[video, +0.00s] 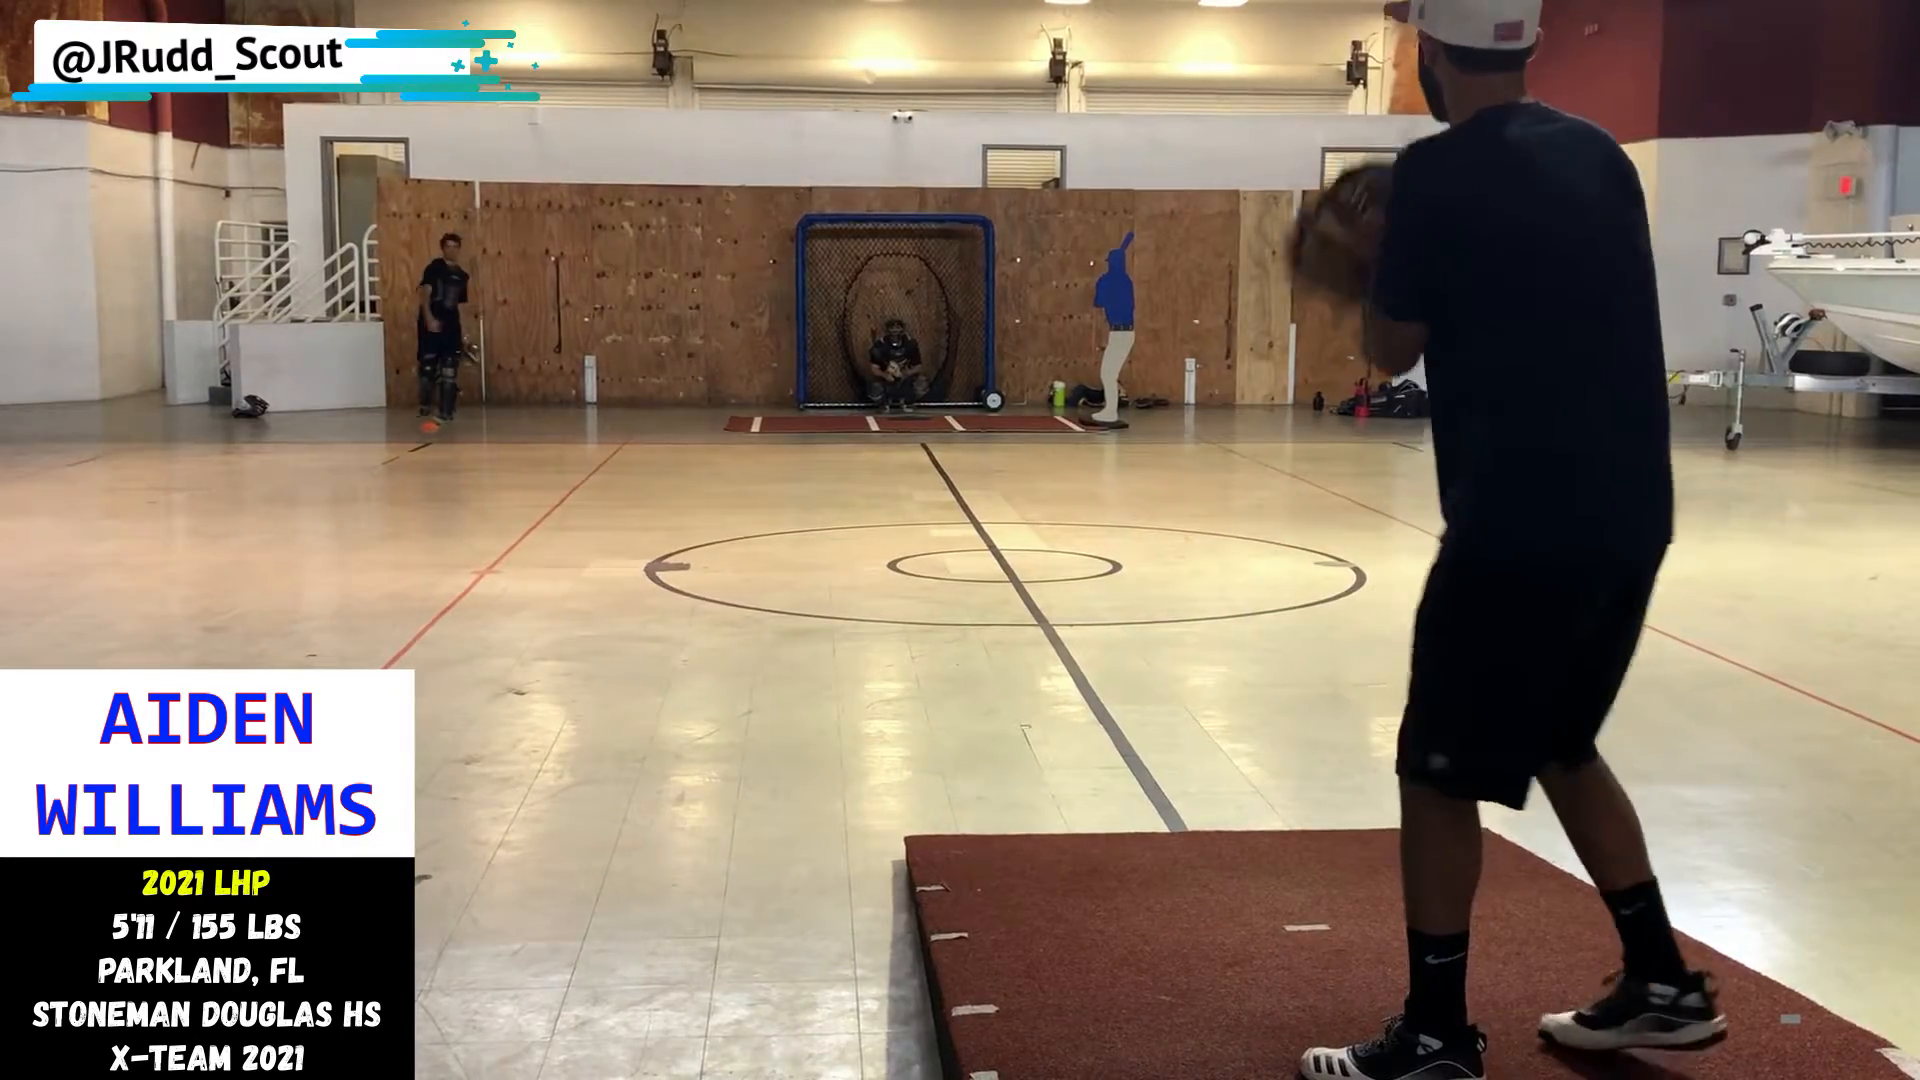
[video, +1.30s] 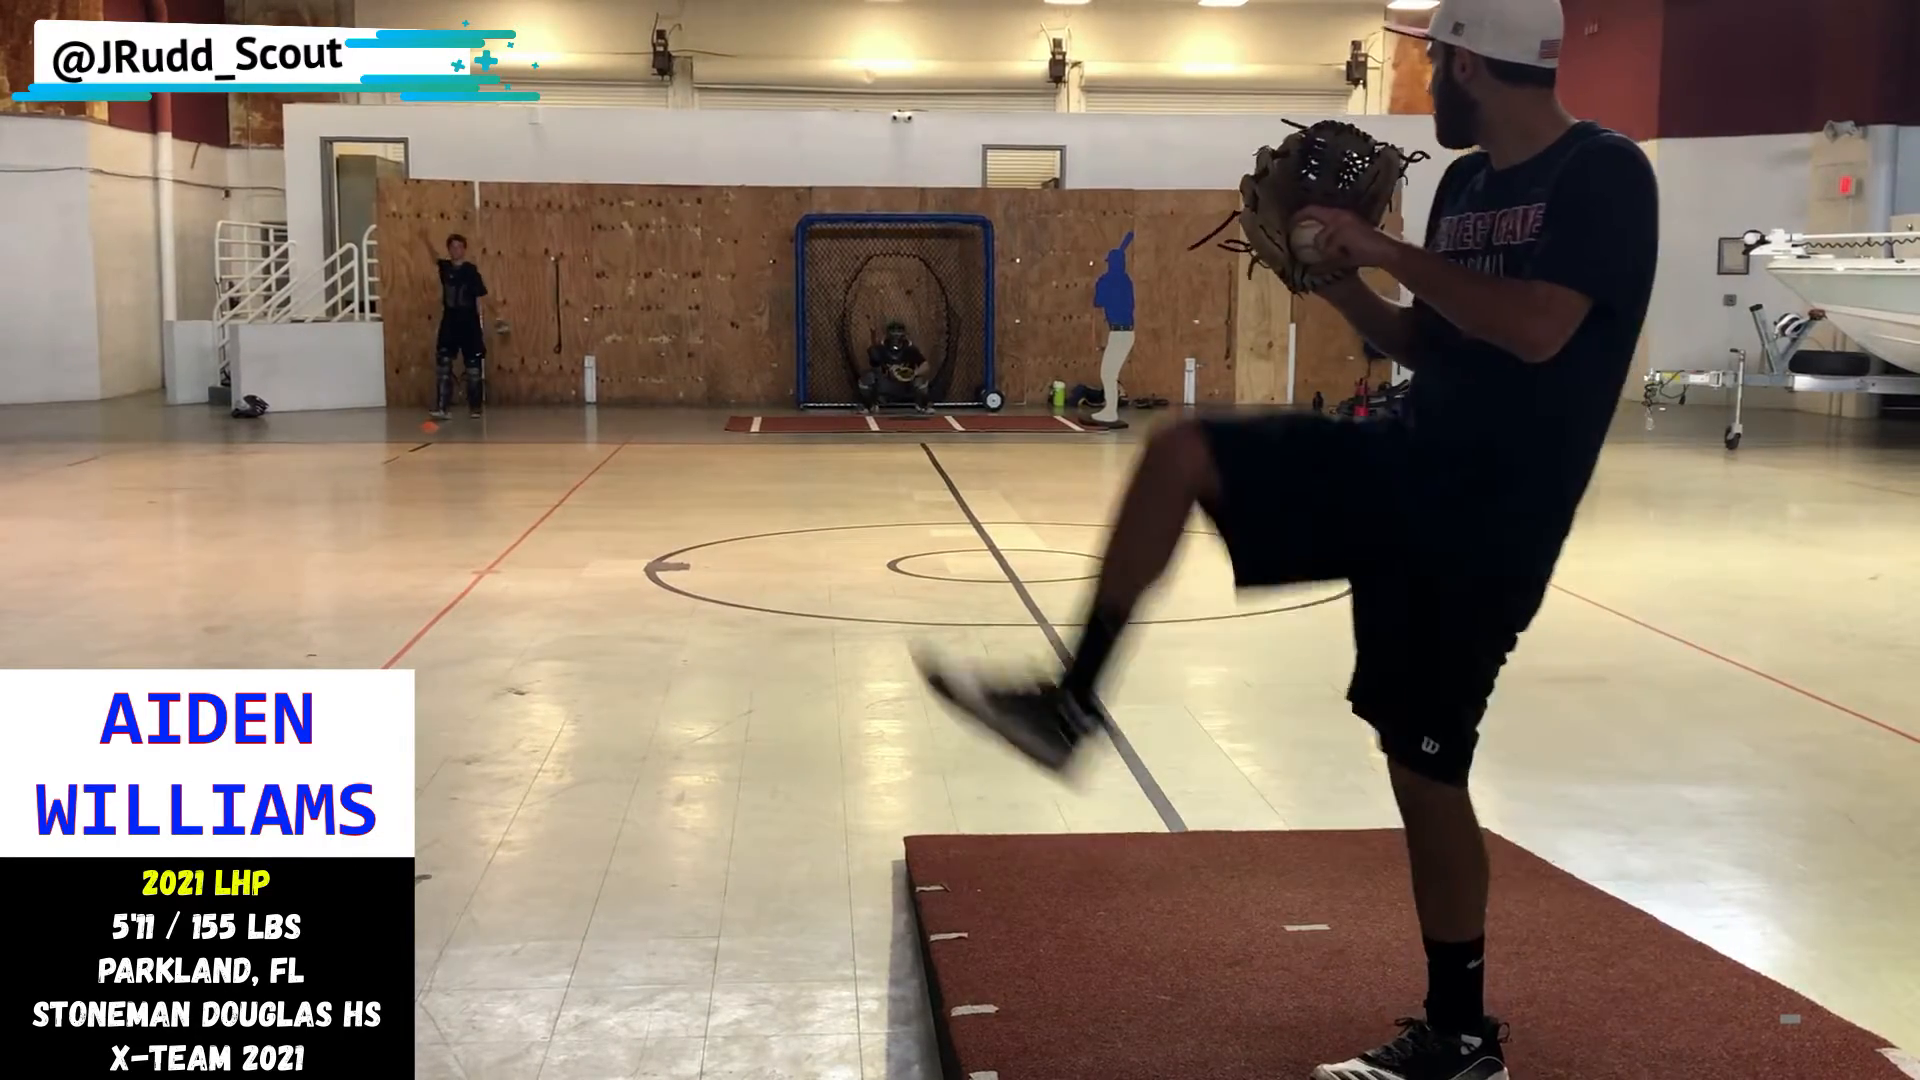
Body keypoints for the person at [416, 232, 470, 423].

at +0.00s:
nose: (451, 250)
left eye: (454, 246)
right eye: (448, 246)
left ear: (459, 249)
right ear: (442, 249)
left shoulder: (461, 275)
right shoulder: (434, 268)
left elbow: (458, 305)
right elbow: (425, 293)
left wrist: (460, 333)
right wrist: (429, 319)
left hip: (451, 323)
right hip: (431, 321)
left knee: (449, 366)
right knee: (428, 365)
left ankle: (447, 410)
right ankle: (426, 405)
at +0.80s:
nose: (432, 248)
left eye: (435, 244)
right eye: (429, 245)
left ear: (442, 245)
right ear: (426, 249)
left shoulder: (452, 265)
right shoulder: (428, 270)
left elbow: (459, 291)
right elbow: (419, 292)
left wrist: (457, 315)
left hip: (453, 315)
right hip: (436, 315)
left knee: (454, 361)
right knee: (436, 361)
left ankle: (464, 406)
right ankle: (441, 406)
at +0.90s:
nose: (438, 247)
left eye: (440, 243)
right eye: (435, 244)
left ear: (447, 245)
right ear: (431, 248)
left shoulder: (455, 266)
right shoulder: (433, 269)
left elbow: (457, 295)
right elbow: (420, 287)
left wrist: (448, 316)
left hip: (457, 320)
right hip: (438, 319)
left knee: (459, 364)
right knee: (439, 364)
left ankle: (469, 406)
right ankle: (442, 407)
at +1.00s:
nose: (442, 247)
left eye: (445, 243)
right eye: (439, 244)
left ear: (451, 245)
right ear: (435, 248)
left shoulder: (458, 266)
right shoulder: (435, 270)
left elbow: (459, 297)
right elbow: (422, 280)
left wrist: (446, 316)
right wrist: (439, 265)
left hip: (459, 319)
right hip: (440, 318)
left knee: (464, 363)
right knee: (439, 363)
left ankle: (472, 406)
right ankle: (442, 407)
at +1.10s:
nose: (447, 247)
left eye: (450, 244)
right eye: (443, 245)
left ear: (456, 246)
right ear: (440, 248)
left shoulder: (463, 267)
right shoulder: (438, 269)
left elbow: (466, 297)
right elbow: (417, 272)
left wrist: (457, 315)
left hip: (463, 318)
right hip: (443, 317)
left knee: (468, 362)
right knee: (441, 362)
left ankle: (474, 406)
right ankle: (442, 407)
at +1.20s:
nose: (452, 249)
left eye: (455, 245)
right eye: (449, 246)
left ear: (461, 248)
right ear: (444, 249)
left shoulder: (467, 269)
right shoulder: (442, 268)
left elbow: (474, 294)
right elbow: (427, 261)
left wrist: (477, 317)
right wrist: (410, 246)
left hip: (466, 320)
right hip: (447, 320)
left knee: (471, 363)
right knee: (443, 360)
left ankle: (475, 406)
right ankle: (442, 406)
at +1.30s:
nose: (456, 250)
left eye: (459, 247)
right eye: (453, 247)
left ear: (464, 249)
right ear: (449, 250)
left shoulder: (471, 270)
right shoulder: (445, 268)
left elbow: (480, 299)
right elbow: (434, 258)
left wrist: (483, 324)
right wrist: (425, 240)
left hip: (469, 321)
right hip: (449, 320)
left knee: (473, 363)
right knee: (444, 360)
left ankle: (475, 406)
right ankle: (442, 406)